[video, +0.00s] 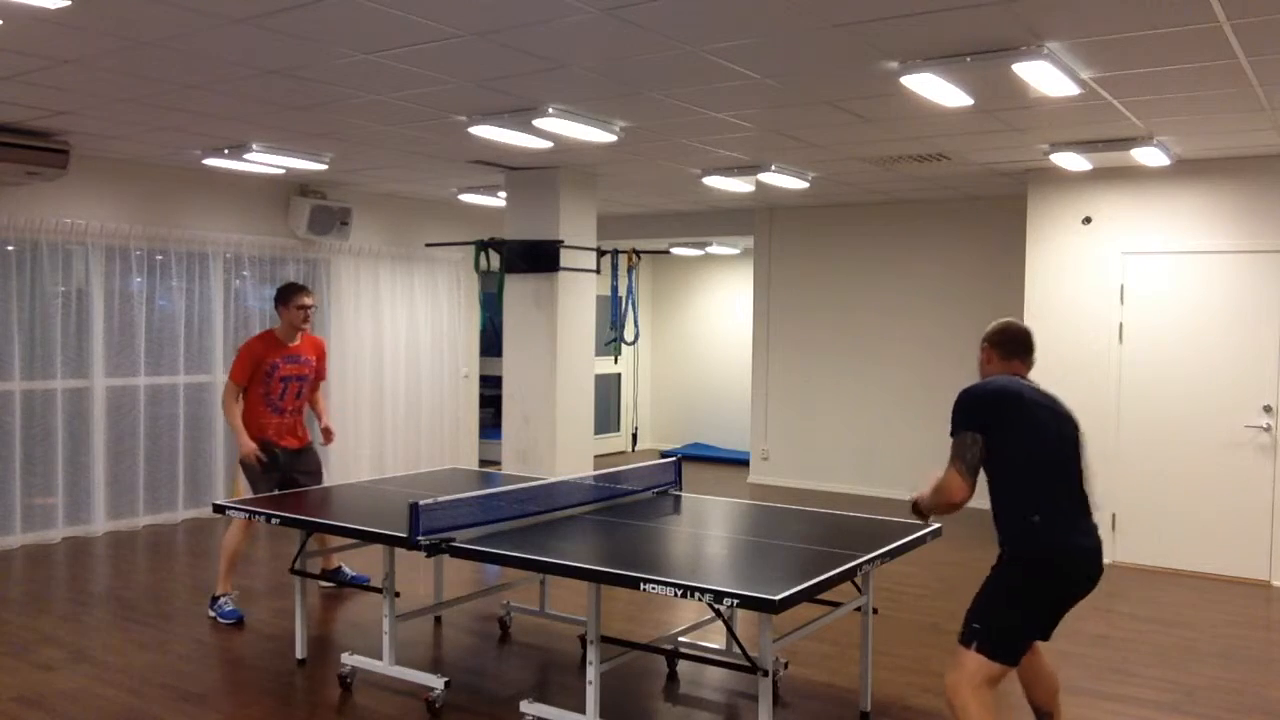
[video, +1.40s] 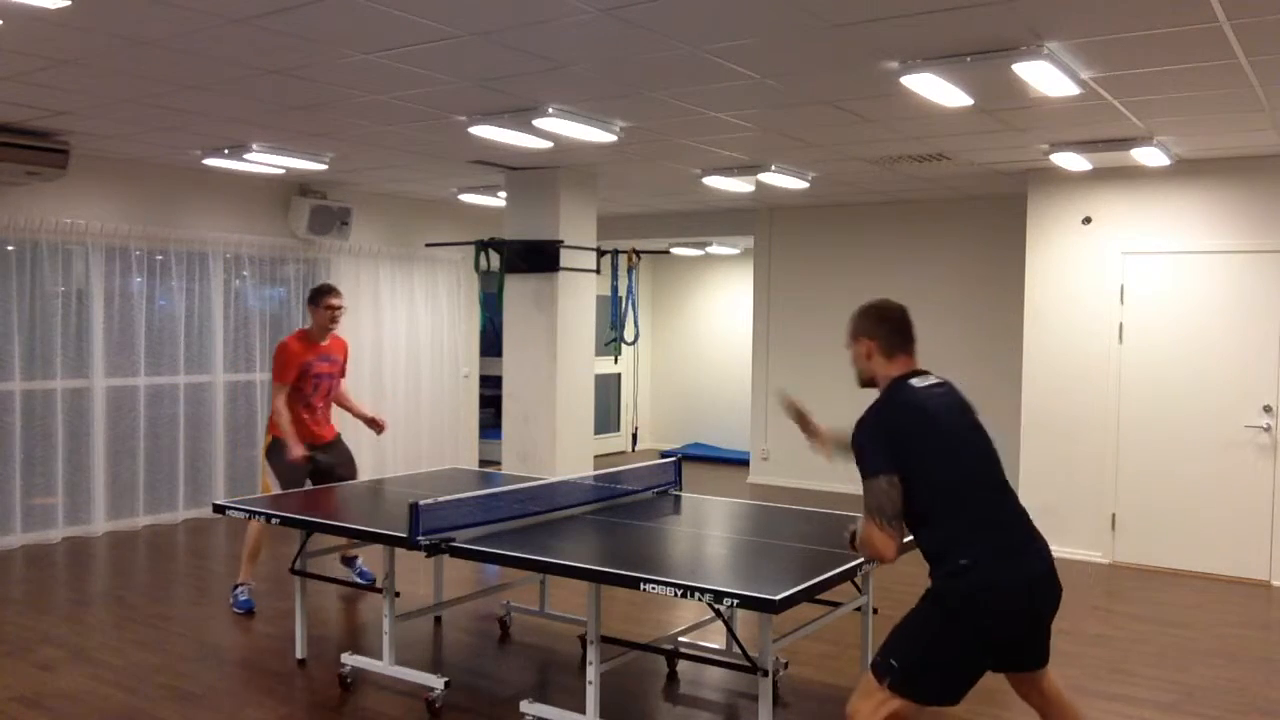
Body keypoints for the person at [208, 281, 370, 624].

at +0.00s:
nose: (308, 314)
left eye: (311, 309)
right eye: (301, 308)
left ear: (313, 312)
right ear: (281, 310)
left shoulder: (316, 347)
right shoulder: (257, 348)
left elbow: (314, 390)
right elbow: (230, 397)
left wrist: (323, 419)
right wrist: (243, 439)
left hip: (299, 446)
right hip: (261, 446)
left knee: (320, 507)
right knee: (247, 515)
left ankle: (331, 566)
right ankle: (222, 594)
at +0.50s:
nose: (327, 333)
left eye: (329, 327)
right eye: (322, 327)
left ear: (322, 328)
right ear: (301, 326)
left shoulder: (318, 359)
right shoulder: (270, 362)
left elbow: (312, 404)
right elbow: (248, 413)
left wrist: (338, 423)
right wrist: (277, 455)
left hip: (299, 448)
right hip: (263, 450)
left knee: (328, 501)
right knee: (259, 515)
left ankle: (337, 565)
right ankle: (222, 595)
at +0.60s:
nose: (338, 337)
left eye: (340, 331)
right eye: (333, 330)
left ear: (324, 332)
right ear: (312, 328)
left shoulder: (319, 362)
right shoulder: (285, 363)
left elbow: (310, 409)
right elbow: (282, 420)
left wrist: (341, 422)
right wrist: (323, 451)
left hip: (296, 447)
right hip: (264, 448)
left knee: (327, 502)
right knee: (262, 514)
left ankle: (337, 566)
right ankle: (222, 596)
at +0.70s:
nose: (351, 338)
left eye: (353, 333)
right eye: (347, 332)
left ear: (335, 333)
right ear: (328, 329)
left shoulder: (317, 362)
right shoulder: (304, 362)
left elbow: (309, 412)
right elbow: (330, 414)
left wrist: (347, 418)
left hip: (296, 448)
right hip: (266, 450)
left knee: (326, 504)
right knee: (259, 519)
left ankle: (337, 566)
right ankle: (221, 596)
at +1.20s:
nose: (358, 314)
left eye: (361, 308)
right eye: (353, 307)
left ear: (360, 312)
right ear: (334, 307)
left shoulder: (342, 344)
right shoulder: (320, 343)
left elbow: (336, 396)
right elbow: (322, 398)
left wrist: (364, 413)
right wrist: (359, 431)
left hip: (326, 436)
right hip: (294, 437)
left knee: (340, 502)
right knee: (270, 508)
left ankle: (339, 563)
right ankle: (244, 583)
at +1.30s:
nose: (348, 313)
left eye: (351, 307)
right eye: (342, 307)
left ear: (351, 311)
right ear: (325, 307)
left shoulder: (342, 345)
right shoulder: (303, 345)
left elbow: (335, 393)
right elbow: (299, 399)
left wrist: (365, 414)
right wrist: (327, 437)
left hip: (328, 436)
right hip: (294, 437)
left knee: (342, 498)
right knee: (271, 507)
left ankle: (340, 562)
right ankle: (243, 583)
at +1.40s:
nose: (336, 315)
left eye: (340, 310)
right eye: (329, 309)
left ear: (342, 312)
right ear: (312, 310)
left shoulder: (339, 346)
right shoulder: (290, 348)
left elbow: (336, 389)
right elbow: (278, 403)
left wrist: (363, 415)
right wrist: (292, 442)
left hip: (324, 436)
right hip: (288, 438)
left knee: (349, 493)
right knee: (269, 506)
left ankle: (349, 556)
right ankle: (243, 584)